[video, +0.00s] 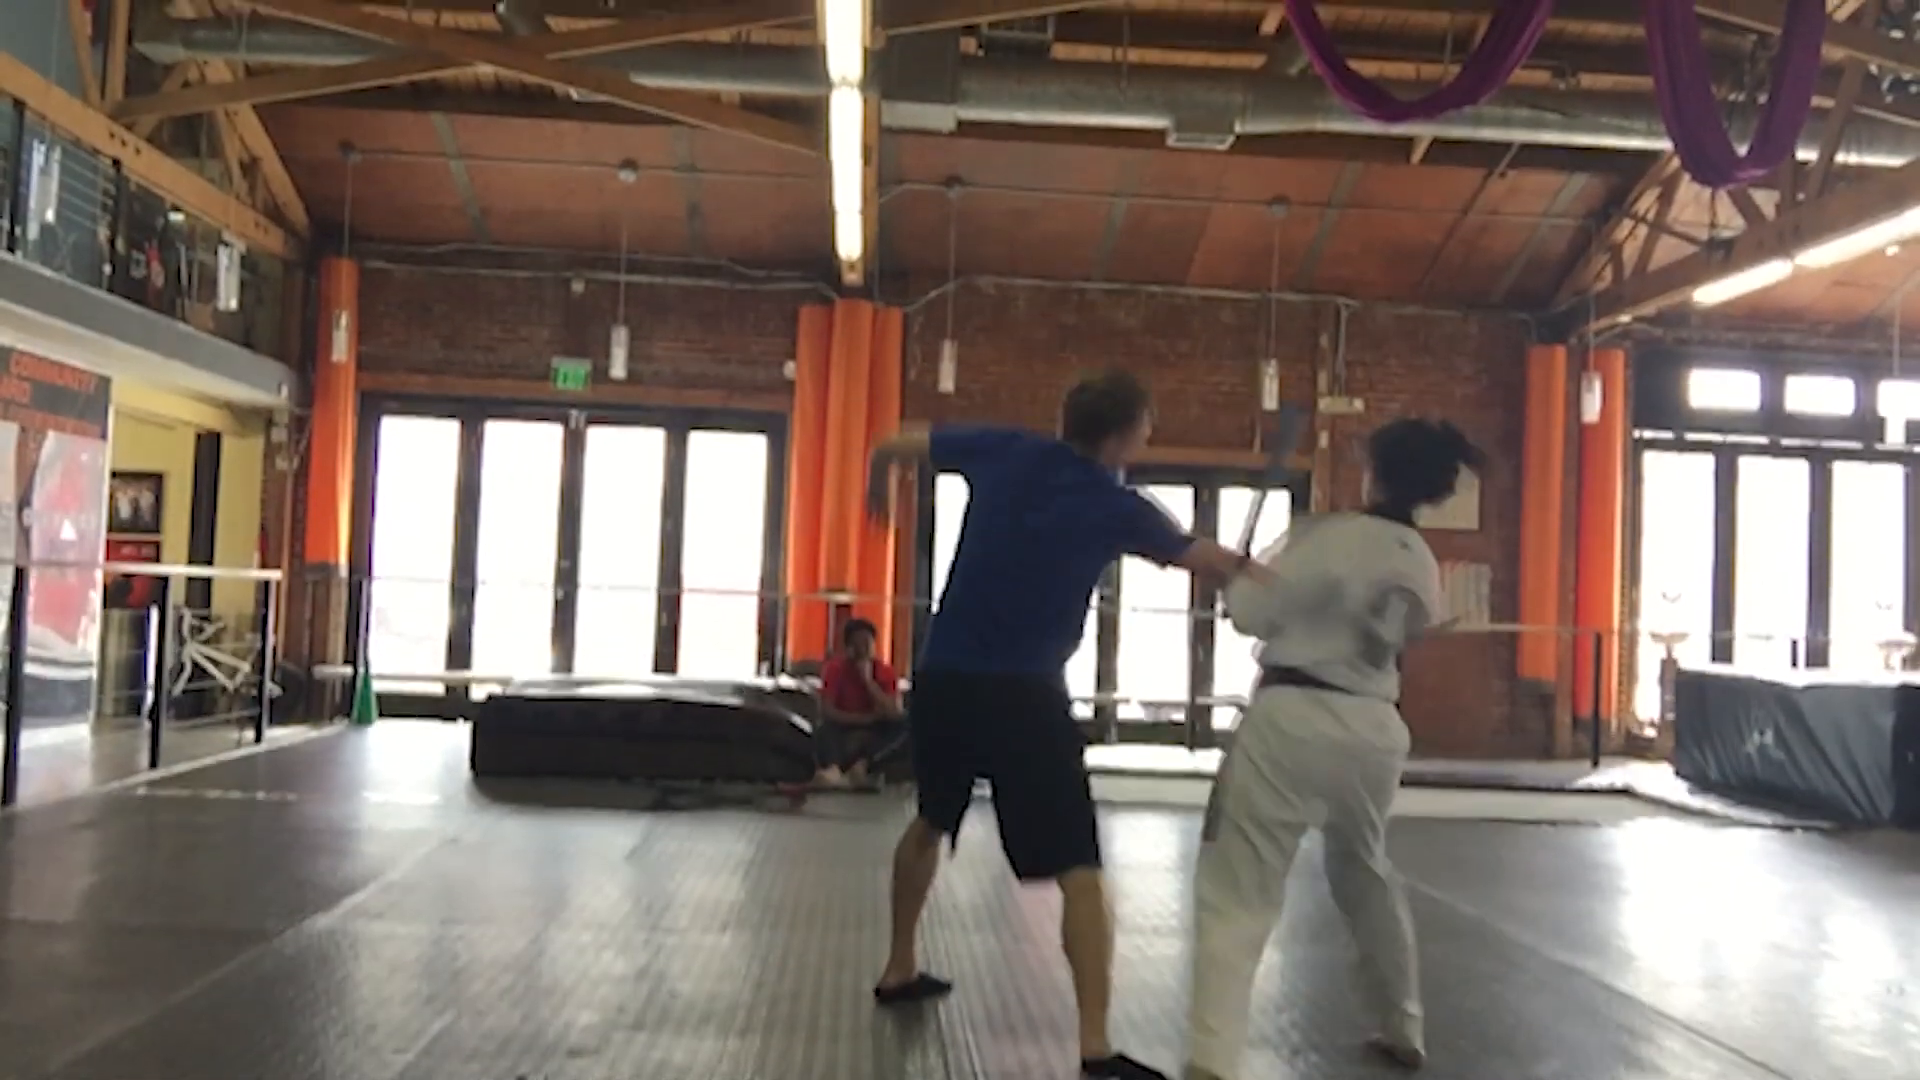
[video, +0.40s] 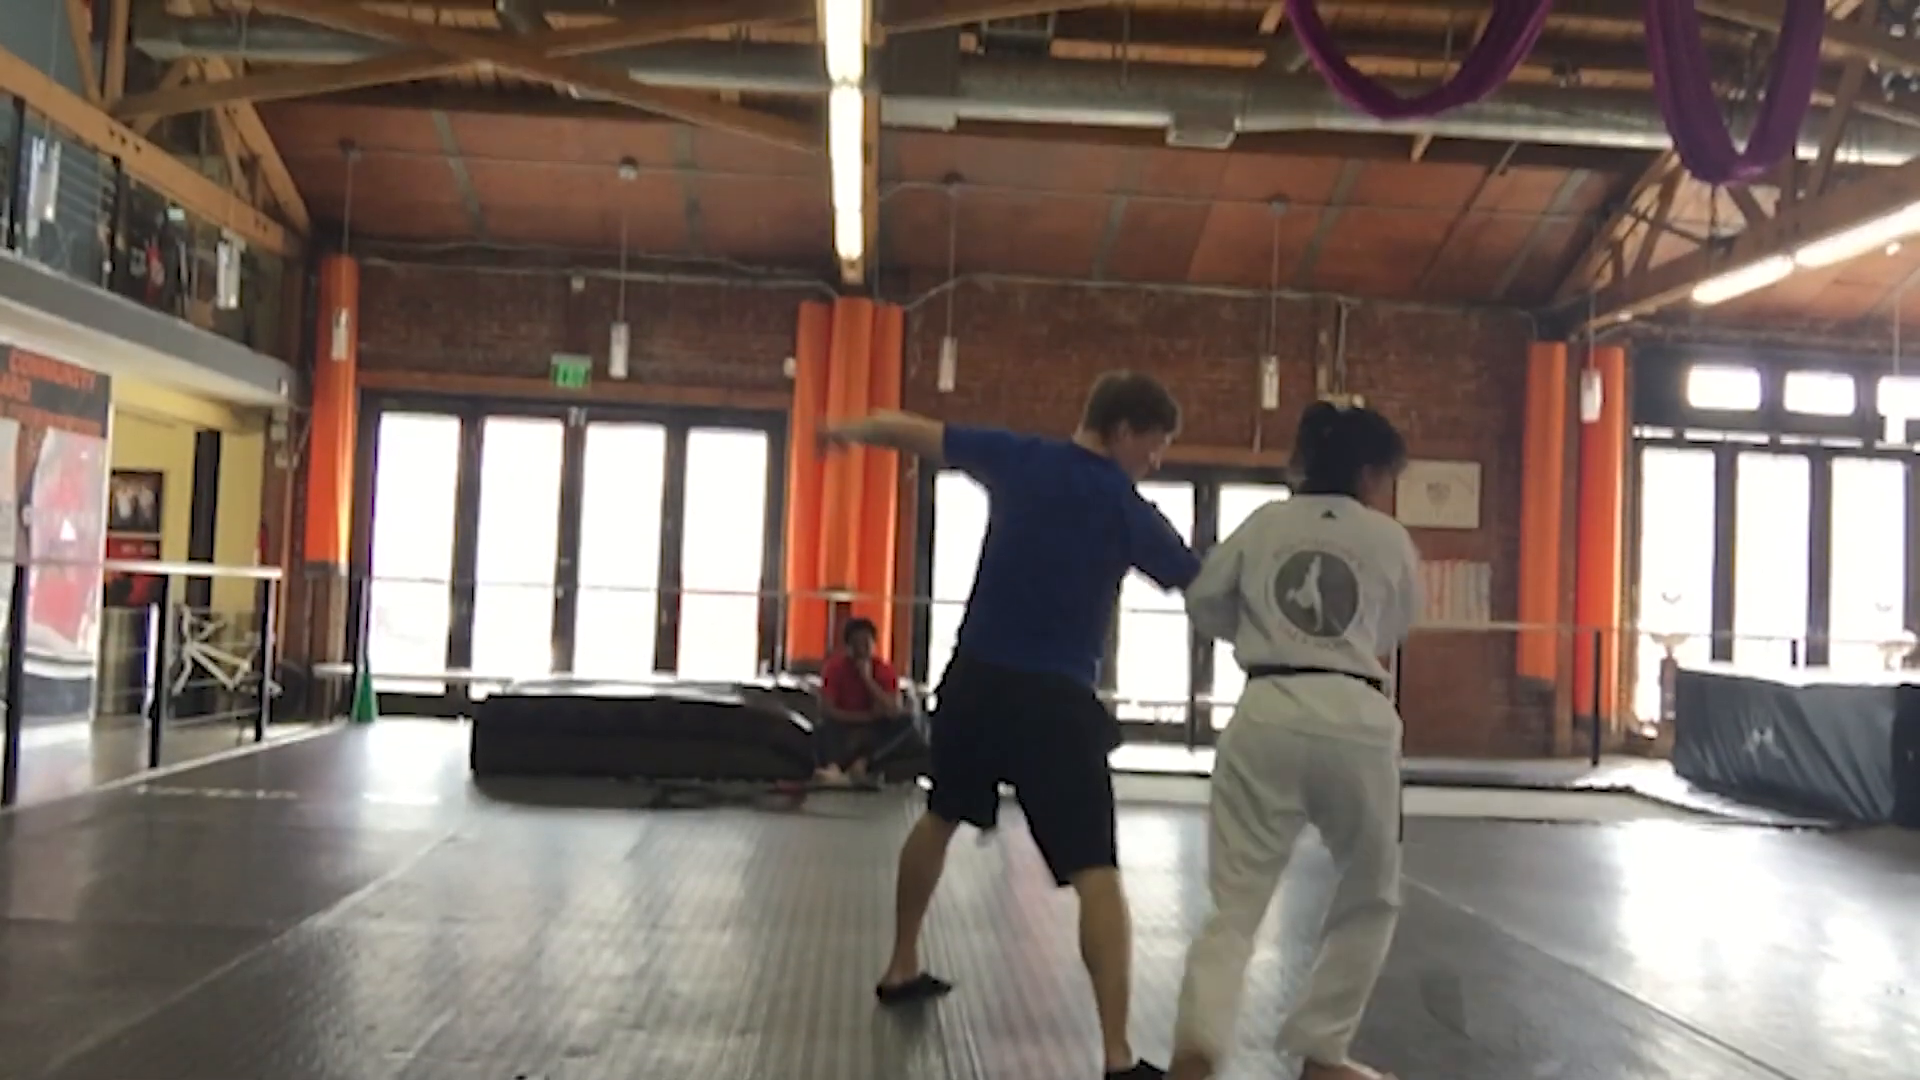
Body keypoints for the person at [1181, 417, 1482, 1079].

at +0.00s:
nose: (1359, 474)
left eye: (1366, 464)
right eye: (1369, 464)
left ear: (1374, 476)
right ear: (1429, 489)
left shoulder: (1324, 537)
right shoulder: (1420, 562)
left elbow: (1253, 612)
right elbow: (1371, 626)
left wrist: (1231, 570)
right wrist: (1270, 573)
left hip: (1289, 721)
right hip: (1374, 727)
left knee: (1236, 895)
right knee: (1366, 867)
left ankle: (1213, 1062)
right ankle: (1404, 1030)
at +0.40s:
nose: (1393, 492)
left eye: (1395, 477)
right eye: (1390, 477)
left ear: (1308, 466)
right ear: (1364, 473)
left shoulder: (1263, 521)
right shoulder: (1388, 537)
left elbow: (1204, 601)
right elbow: (1399, 629)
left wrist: (1266, 638)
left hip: (1265, 712)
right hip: (1359, 717)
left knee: (1235, 899)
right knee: (1369, 894)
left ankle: (1195, 1053)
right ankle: (1320, 1047)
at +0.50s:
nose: (1421, 495)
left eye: (1425, 481)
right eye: (1416, 479)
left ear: (1360, 468)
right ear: (1380, 470)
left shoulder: (1283, 516)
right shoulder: (1388, 532)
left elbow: (1218, 593)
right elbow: (1468, 567)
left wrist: (1262, 647)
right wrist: (1464, 535)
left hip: (1258, 700)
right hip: (1338, 706)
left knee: (1297, 873)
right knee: (1360, 887)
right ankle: (1333, 1057)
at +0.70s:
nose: (1417, 539)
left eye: (1424, 526)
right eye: (1409, 524)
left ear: (1425, 519)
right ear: (1375, 514)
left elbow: (1258, 579)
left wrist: (1207, 606)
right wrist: (1519, 579)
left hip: (1343, 737)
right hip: (1287, 736)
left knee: (1397, 851)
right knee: (1372, 888)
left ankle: (1323, 930)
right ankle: (1315, 1040)